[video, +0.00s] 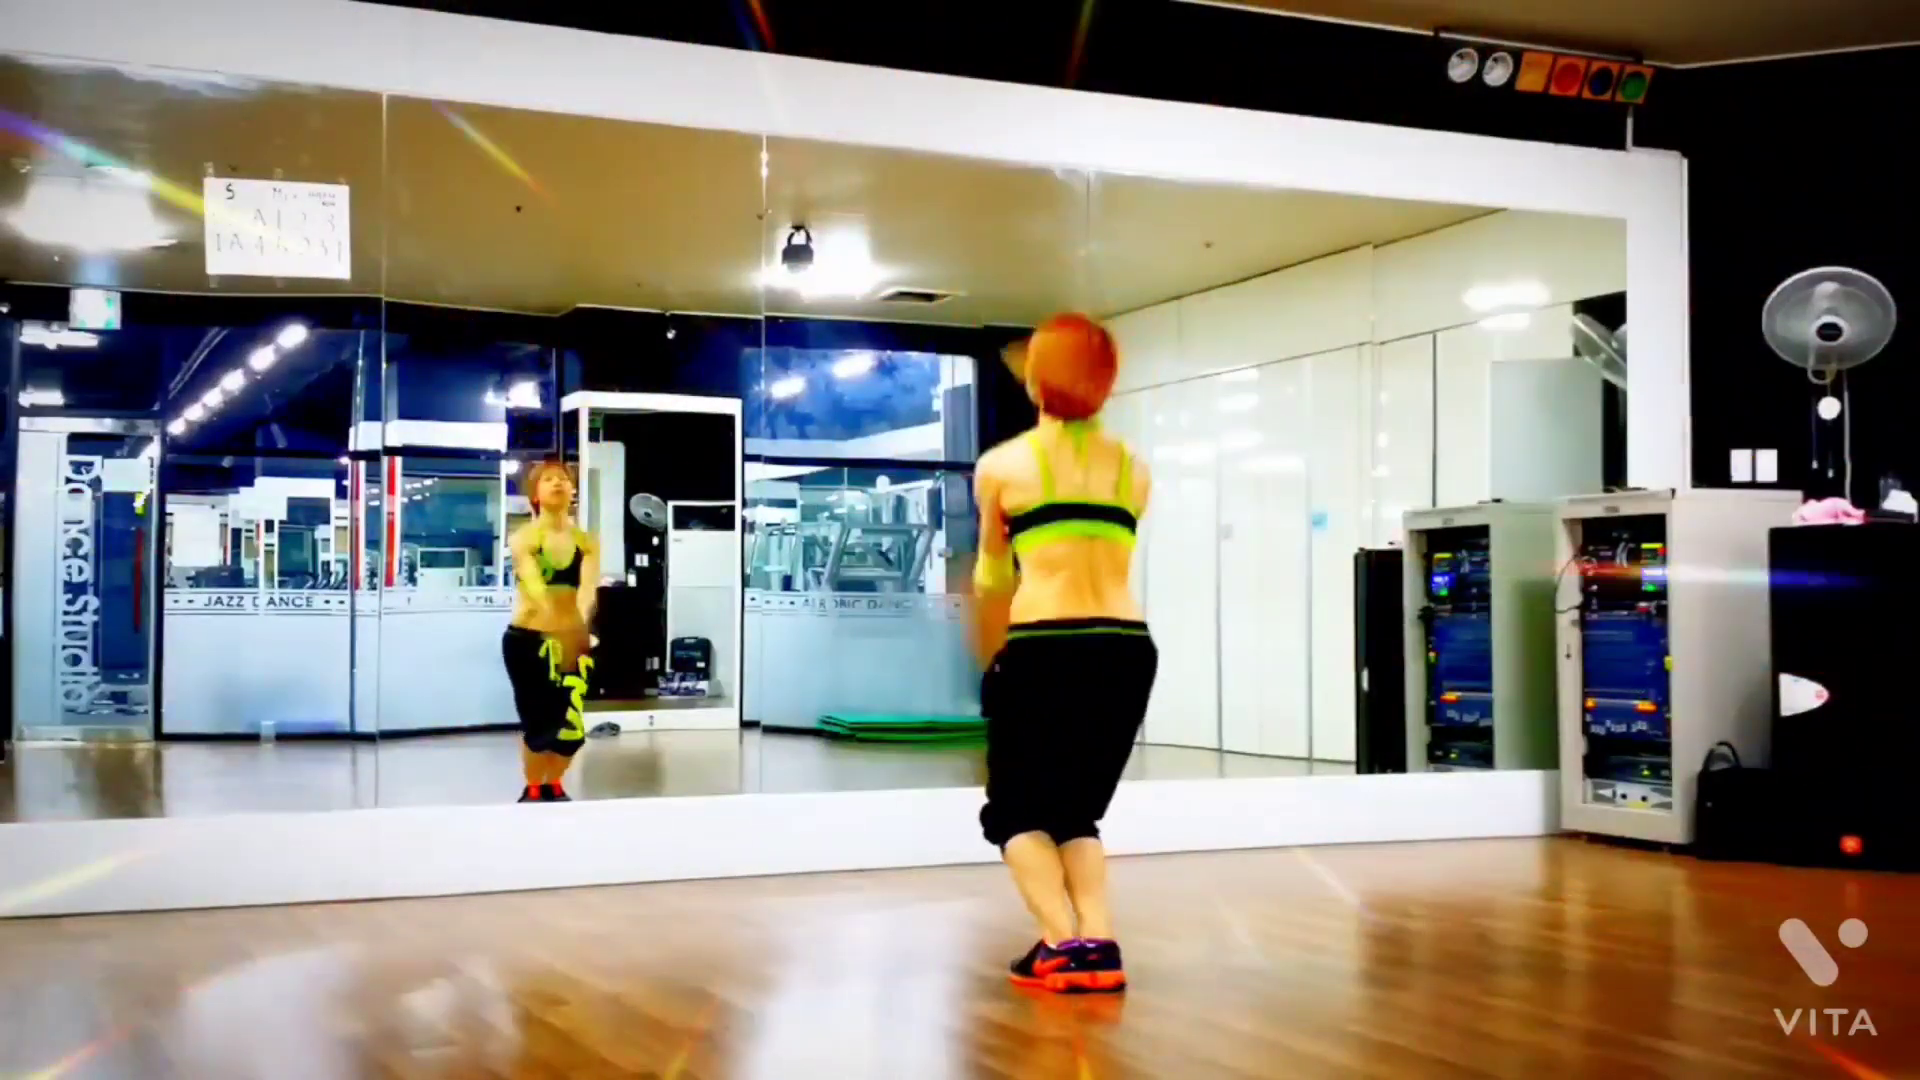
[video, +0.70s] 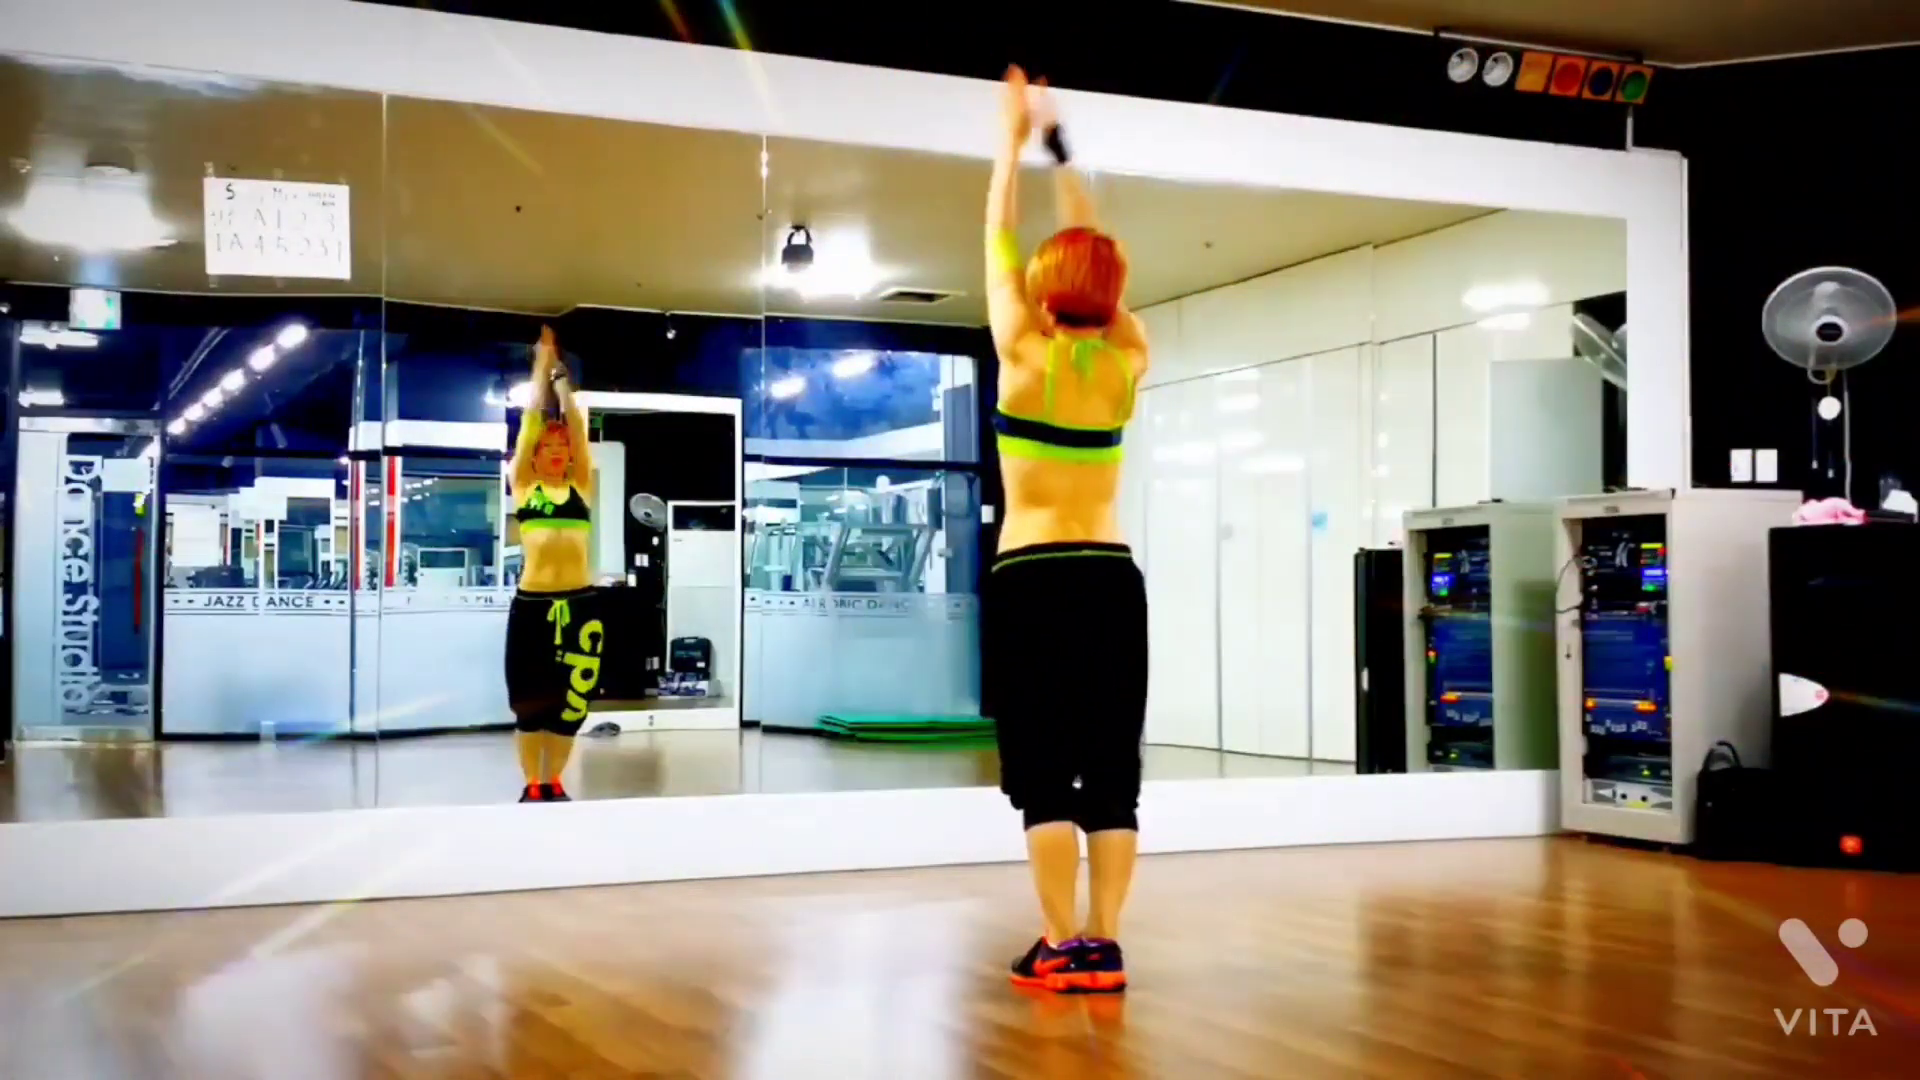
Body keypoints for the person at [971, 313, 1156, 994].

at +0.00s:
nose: (1038, 385)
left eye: (1035, 375)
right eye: (1075, 376)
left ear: (1033, 385)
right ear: (1101, 386)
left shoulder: (1002, 465)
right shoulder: (1132, 468)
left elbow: (993, 578)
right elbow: (1110, 562)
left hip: (1040, 652)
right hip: (1125, 649)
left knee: (1015, 809)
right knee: (1078, 811)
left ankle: (1060, 941)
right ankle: (1098, 943)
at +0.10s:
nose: (1042, 346)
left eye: (1037, 335)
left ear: (1038, 345)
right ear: (1109, 348)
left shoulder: (1002, 426)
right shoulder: (1129, 438)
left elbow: (958, 543)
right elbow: (1165, 545)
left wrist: (919, 640)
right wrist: (1193, 615)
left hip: (1029, 619)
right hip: (1115, 620)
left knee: (1017, 789)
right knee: (1084, 791)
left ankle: (1061, 938)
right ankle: (1099, 944)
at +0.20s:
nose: (1035, 310)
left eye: (1038, 300)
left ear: (1038, 309)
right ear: (1110, 312)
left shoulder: (1008, 379)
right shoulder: (1132, 390)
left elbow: (916, 427)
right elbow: (1217, 437)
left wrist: (840, 475)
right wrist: (1294, 467)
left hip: (1025, 584)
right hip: (1107, 582)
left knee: (1026, 768)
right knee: (1098, 768)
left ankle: (1063, 940)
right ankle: (1102, 944)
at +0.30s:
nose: (1030, 301)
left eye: (1034, 291)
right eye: (1038, 290)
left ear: (1041, 300)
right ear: (1108, 300)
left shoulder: (1011, 359)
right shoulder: (1128, 375)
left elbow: (926, 327)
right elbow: (1219, 346)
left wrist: (832, 311)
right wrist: (1306, 317)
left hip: (1022, 577)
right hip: (1104, 576)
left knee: (1036, 761)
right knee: (1111, 762)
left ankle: (1061, 937)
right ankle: (1102, 944)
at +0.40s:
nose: (1030, 281)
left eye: (1036, 273)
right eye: (1043, 270)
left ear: (1043, 291)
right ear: (1108, 297)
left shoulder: (1019, 354)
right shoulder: (1122, 369)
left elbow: (947, 249)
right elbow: (1187, 279)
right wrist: (1259, 193)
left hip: (1023, 576)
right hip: (1103, 575)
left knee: (1037, 764)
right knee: (1113, 763)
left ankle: (1062, 938)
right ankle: (1103, 944)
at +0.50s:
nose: (1034, 283)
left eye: (1037, 275)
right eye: (1092, 277)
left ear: (1039, 294)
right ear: (1113, 301)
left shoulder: (1021, 345)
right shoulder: (1118, 357)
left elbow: (987, 226)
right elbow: (1144, 256)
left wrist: (949, 116)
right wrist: (1177, 141)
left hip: (1022, 571)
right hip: (1103, 568)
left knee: (1036, 764)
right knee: (1113, 760)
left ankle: (1063, 938)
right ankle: (1103, 942)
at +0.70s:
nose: (1033, 277)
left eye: (1046, 264)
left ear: (1042, 285)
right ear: (1110, 287)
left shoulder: (1023, 345)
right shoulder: (1125, 358)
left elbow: (1000, 233)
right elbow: (1100, 250)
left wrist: (1014, 136)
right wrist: (1062, 149)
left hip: (1028, 575)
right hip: (1110, 574)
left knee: (1038, 765)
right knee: (1113, 764)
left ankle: (1063, 940)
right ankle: (1103, 944)